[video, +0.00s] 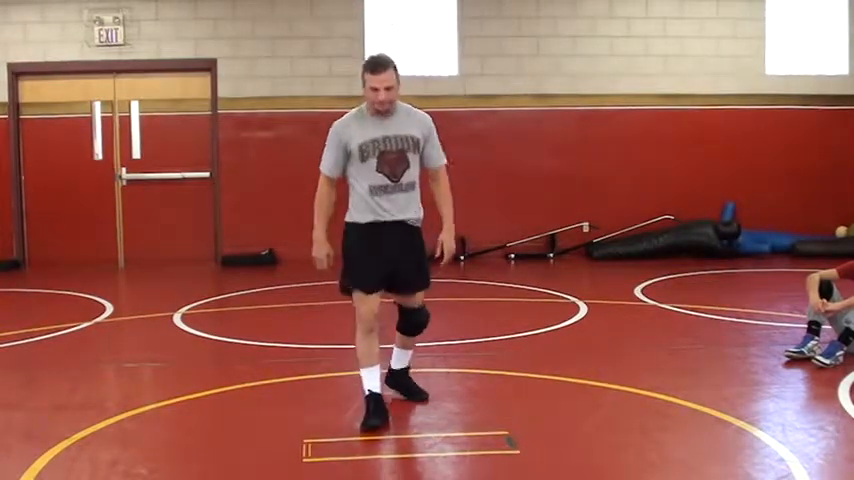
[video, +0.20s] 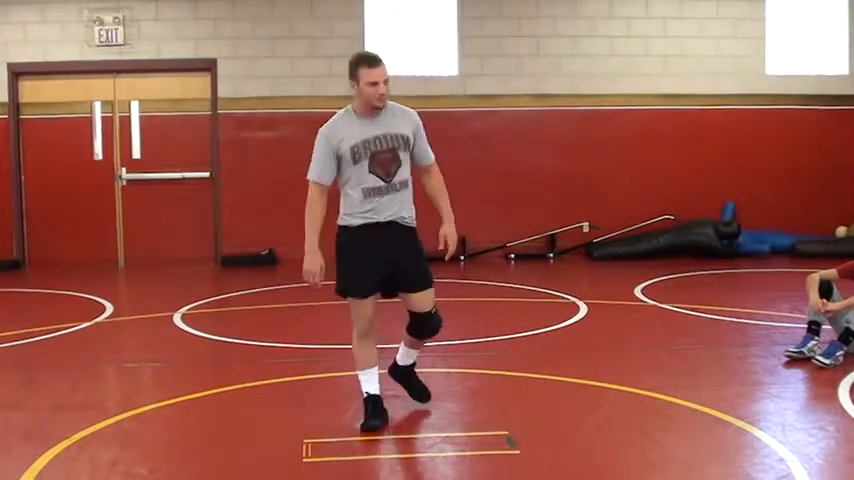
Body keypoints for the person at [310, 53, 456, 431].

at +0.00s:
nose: (381, 96)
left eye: (388, 88)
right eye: (374, 89)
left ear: (398, 85)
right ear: (363, 87)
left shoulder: (421, 123)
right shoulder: (344, 129)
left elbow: (438, 176)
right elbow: (327, 184)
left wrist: (448, 227)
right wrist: (319, 236)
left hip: (408, 230)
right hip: (363, 232)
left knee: (415, 314)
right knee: (367, 317)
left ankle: (398, 371)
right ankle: (373, 399)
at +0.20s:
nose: (381, 90)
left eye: (385, 83)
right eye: (373, 84)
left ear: (388, 82)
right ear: (354, 86)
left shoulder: (408, 119)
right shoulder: (332, 133)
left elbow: (430, 170)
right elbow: (318, 191)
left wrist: (448, 219)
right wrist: (311, 249)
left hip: (402, 230)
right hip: (357, 235)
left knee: (427, 320)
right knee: (364, 322)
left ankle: (402, 366)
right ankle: (372, 401)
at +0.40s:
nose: (385, 82)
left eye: (385, 75)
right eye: (376, 76)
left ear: (384, 79)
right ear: (353, 82)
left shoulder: (401, 118)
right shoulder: (327, 130)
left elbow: (424, 165)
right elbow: (315, 188)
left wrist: (450, 200)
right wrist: (325, 237)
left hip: (399, 231)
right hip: (353, 236)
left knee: (418, 325)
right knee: (361, 323)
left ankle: (408, 394)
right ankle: (372, 402)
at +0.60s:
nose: (386, 81)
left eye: (385, 74)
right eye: (377, 75)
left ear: (384, 78)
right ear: (353, 80)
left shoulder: (400, 119)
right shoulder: (326, 129)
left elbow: (422, 166)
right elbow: (310, 186)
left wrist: (451, 192)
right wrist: (325, 229)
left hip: (395, 233)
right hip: (349, 237)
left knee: (401, 328)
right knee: (359, 328)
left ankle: (384, 409)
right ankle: (370, 403)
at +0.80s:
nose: (379, 79)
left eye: (382, 72)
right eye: (370, 72)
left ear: (386, 76)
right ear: (349, 78)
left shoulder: (404, 124)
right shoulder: (323, 128)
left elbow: (427, 177)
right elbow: (306, 187)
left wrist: (453, 224)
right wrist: (311, 238)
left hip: (392, 239)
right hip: (343, 241)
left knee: (389, 334)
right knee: (355, 334)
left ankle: (373, 421)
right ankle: (369, 398)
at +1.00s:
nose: (379, 75)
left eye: (384, 68)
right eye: (370, 68)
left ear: (391, 74)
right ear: (353, 74)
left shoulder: (411, 126)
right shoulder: (325, 122)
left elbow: (429, 185)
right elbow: (302, 180)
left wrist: (446, 240)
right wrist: (284, 236)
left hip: (389, 239)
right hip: (340, 240)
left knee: (387, 339)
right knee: (342, 342)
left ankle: (372, 423)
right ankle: (366, 390)